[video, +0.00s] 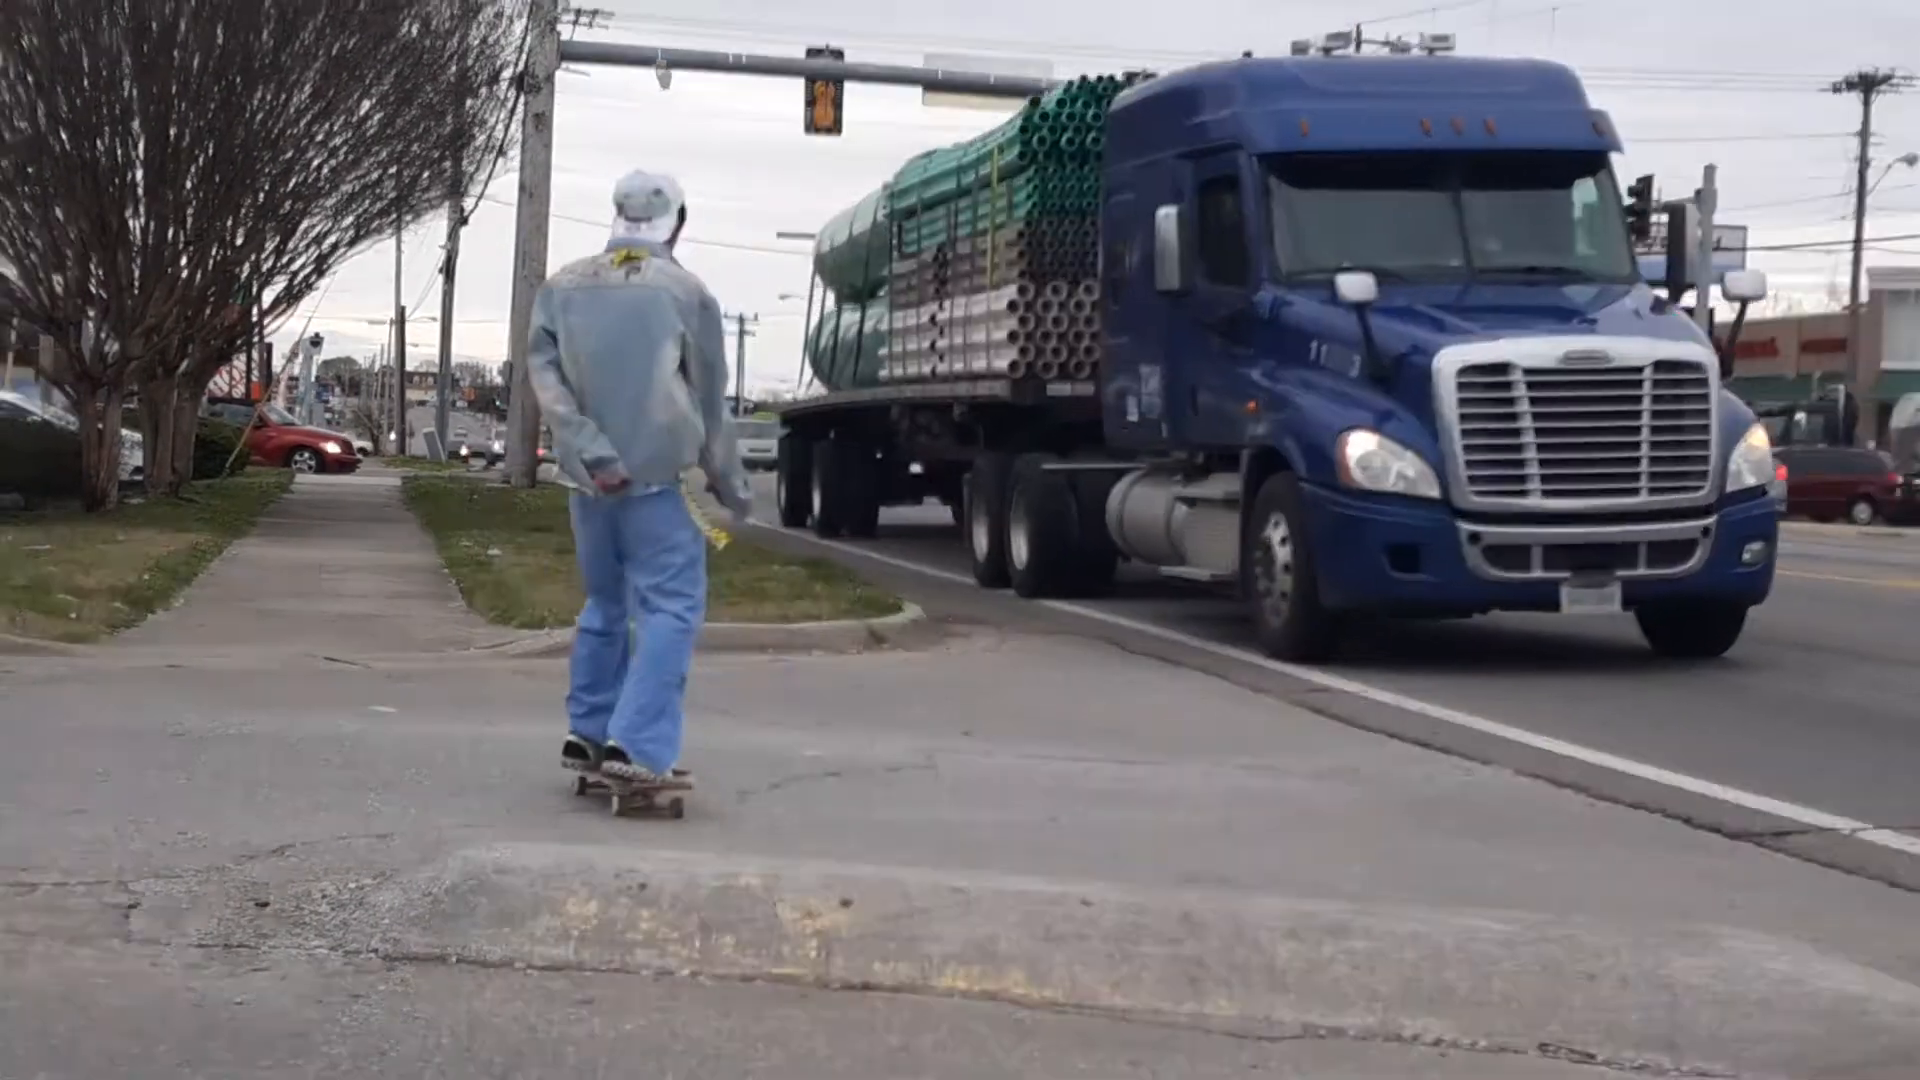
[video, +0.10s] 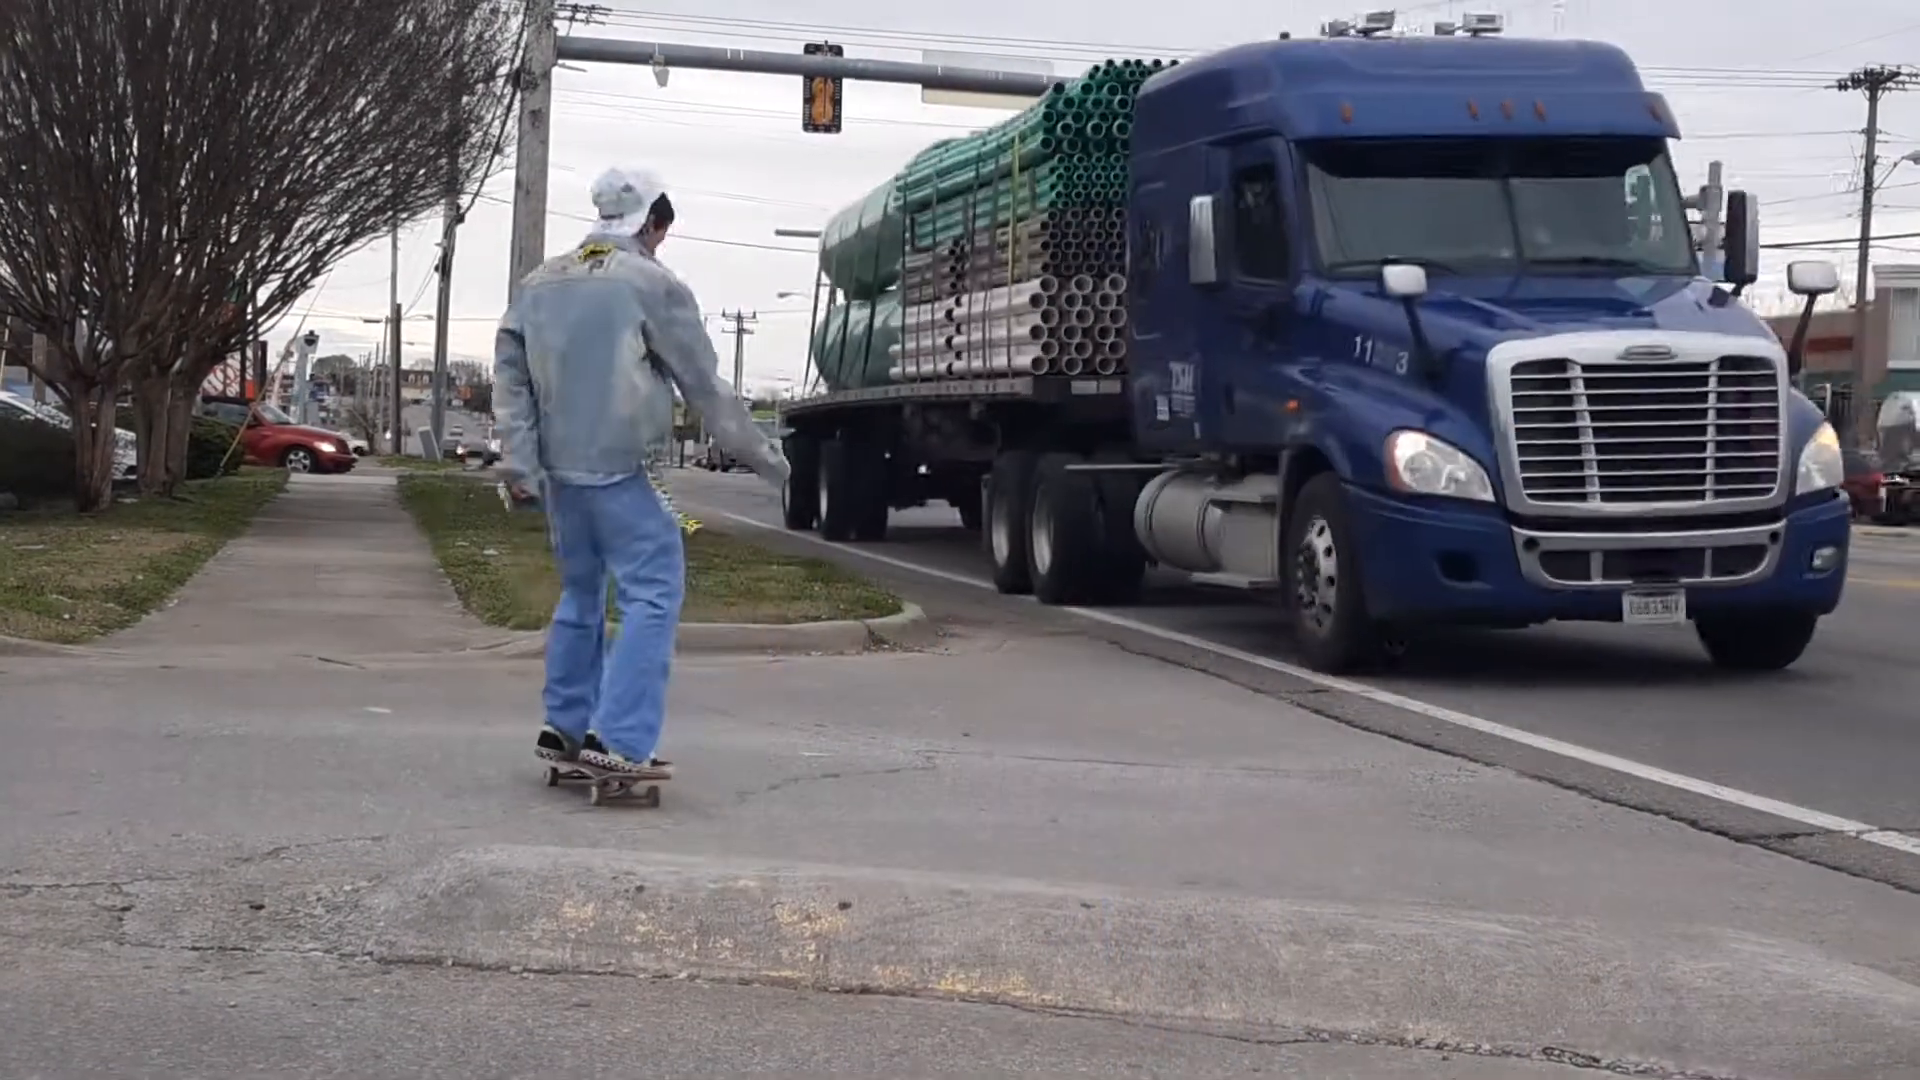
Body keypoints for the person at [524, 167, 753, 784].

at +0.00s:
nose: (673, 232)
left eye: (665, 221)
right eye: (675, 223)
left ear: (616, 218)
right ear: (673, 225)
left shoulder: (561, 285)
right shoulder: (686, 292)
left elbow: (545, 379)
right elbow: (711, 401)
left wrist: (591, 451)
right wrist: (729, 485)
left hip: (587, 479)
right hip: (655, 478)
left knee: (603, 603)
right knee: (671, 607)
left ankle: (588, 732)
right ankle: (636, 750)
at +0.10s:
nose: (662, 243)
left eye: (663, 232)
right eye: (663, 232)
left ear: (602, 219)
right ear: (650, 225)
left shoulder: (539, 283)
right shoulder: (652, 285)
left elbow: (509, 381)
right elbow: (707, 390)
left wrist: (519, 462)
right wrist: (766, 456)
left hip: (558, 467)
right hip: (620, 469)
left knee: (580, 591)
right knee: (652, 592)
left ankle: (565, 724)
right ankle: (621, 743)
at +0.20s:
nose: (651, 248)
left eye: (654, 235)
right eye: (649, 234)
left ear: (594, 224)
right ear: (625, 225)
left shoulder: (526, 283)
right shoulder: (626, 285)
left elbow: (489, 389)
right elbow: (693, 374)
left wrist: (468, 471)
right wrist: (765, 421)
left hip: (543, 466)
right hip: (607, 465)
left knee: (562, 587)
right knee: (628, 590)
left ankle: (541, 714)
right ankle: (594, 732)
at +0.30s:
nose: (633, 252)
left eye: (637, 240)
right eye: (630, 237)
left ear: (588, 228)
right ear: (599, 225)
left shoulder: (513, 286)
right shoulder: (594, 286)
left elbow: (475, 384)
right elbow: (655, 365)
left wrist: (449, 460)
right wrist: (736, 407)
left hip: (526, 465)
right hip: (581, 462)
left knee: (545, 581)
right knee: (605, 584)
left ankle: (518, 704)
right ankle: (568, 724)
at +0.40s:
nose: (612, 252)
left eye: (616, 241)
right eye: (610, 238)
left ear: (578, 228)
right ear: (578, 225)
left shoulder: (509, 280)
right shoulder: (564, 285)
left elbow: (475, 374)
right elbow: (604, 378)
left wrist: (468, 444)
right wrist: (672, 417)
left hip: (510, 457)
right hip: (556, 455)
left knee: (531, 573)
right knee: (585, 576)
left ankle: (497, 694)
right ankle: (544, 714)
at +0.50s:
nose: (592, 250)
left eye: (596, 238)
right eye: (587, 235)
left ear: (552, 230)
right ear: (554, 226)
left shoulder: (505, 281)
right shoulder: (542, 288)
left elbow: (487, 378)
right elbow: (548, 389)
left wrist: (485, 450)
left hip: (498, 454)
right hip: (531, 455)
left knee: (516, 567)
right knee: (563, 571)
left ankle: (479, 686)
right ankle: (522, 703)